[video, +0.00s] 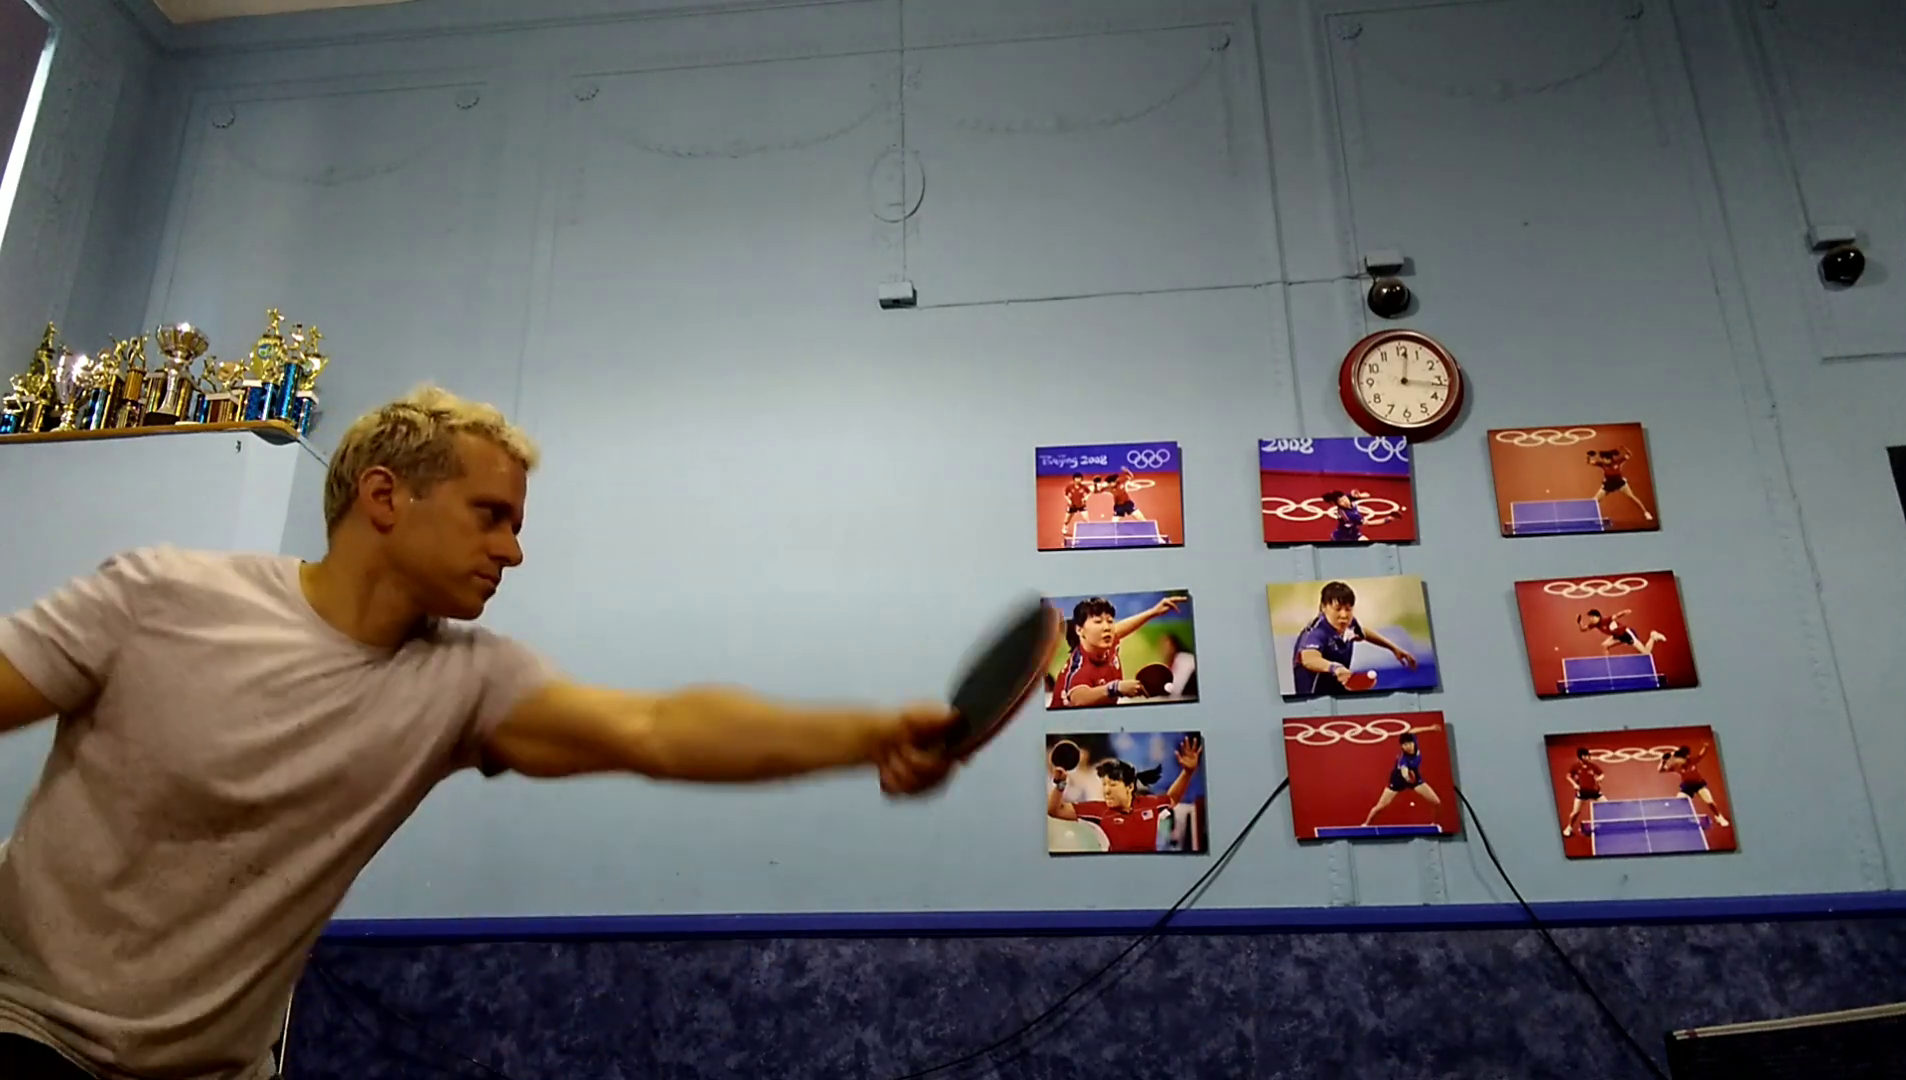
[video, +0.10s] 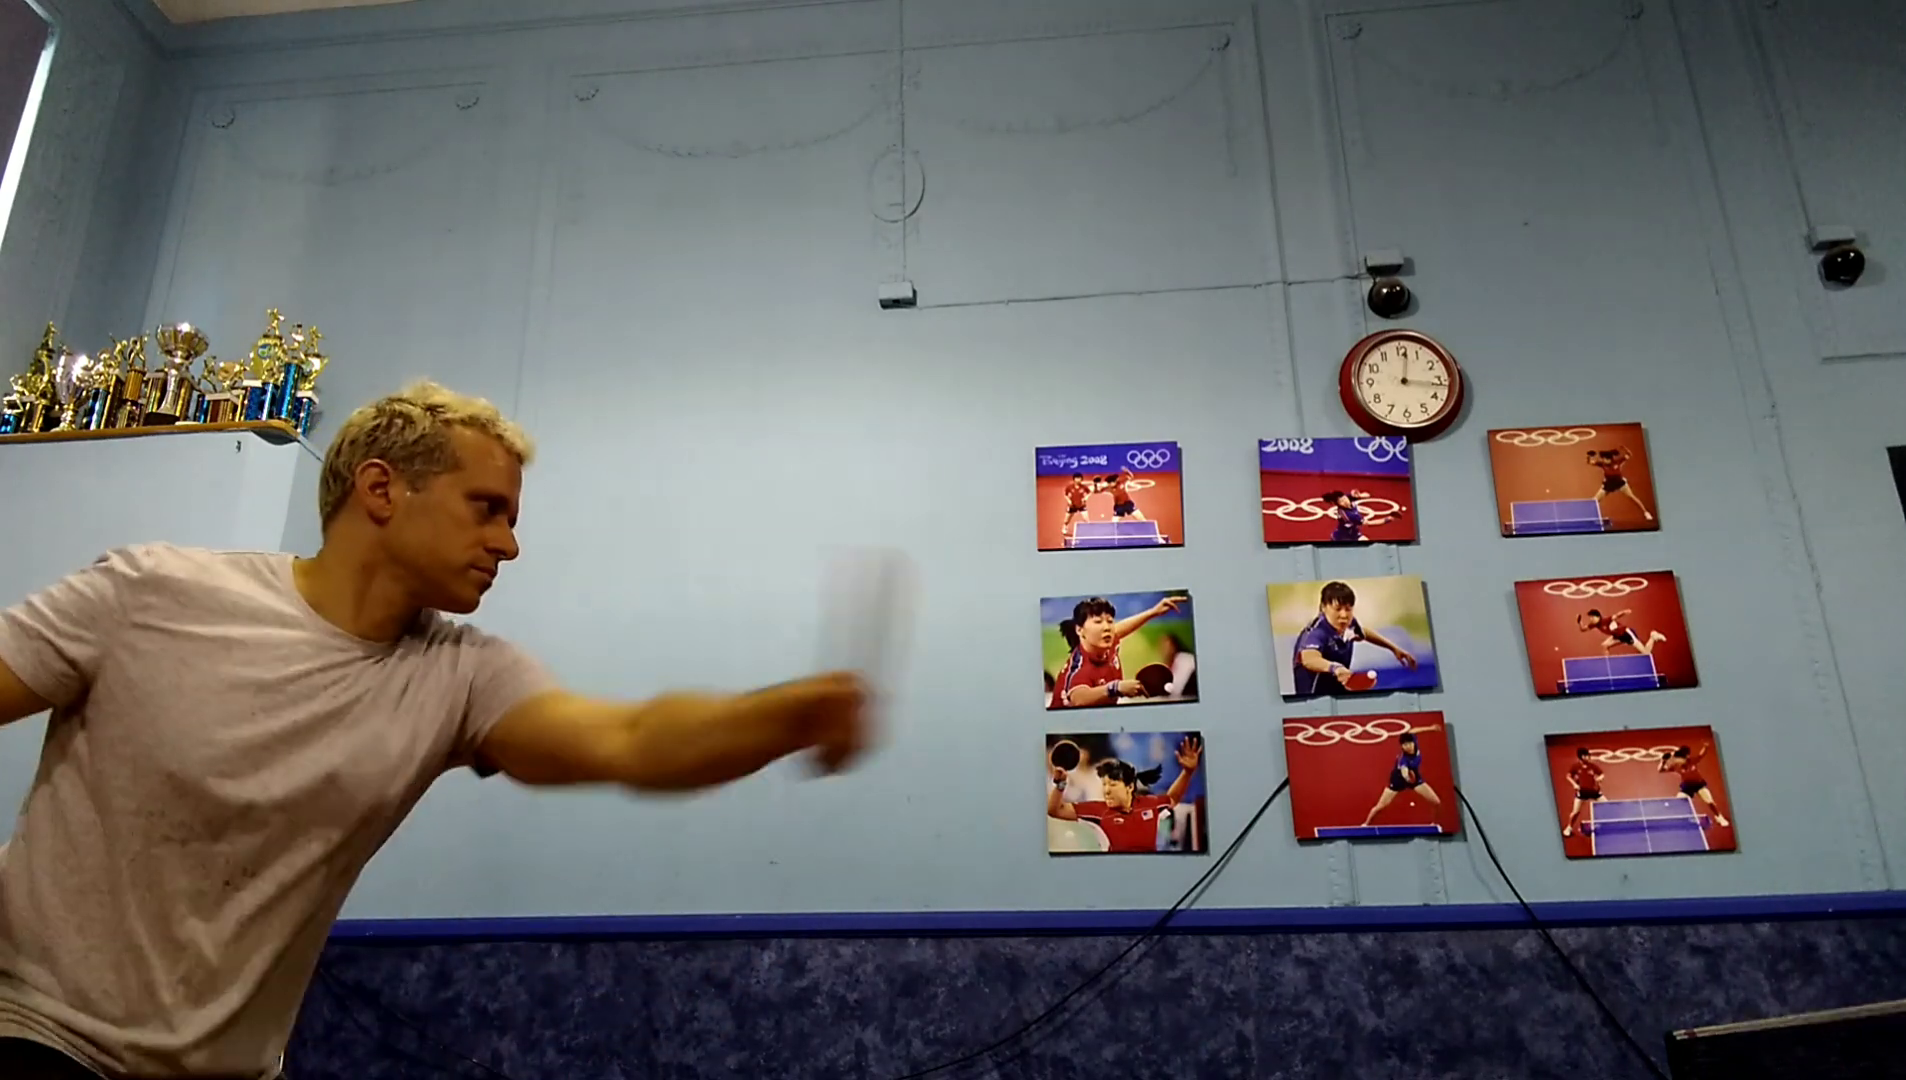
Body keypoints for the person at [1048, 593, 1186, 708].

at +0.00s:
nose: (1107, 628)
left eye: (1109, 622)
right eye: (1098, 622)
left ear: (1114, 626)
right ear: (1080, 630)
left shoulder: (1109, 644)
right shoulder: (1079, 665)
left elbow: (1119, 630)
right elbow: (1078, 699)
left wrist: (1154, 611)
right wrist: (1115, 687)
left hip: (1102, 725)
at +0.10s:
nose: (1107, 628)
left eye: (1109, 622)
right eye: (1098, 622)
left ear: (1114, 626)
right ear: (1080, 630)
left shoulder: (1109, 644)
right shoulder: (1079, 666)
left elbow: (1119, 630)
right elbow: (1078, 698)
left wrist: (1154, 611)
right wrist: (1115, 687)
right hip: (1069, 729)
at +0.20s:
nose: (1107, 628)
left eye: (1109, 622)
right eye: (1098, 622)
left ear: (1114, 626)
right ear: (1080, 630)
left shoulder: (1109, 644)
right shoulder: (1079, 666)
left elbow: (1119, 630)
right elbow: (1078, 698)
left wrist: (1154, 611)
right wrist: (1115, 687)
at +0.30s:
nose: (1107, 628)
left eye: (1109, 622)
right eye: (1098, 622)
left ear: (1114, 626)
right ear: (1080, 630)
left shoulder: (1109, 644)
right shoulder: (1079, 666)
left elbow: (1119, 630)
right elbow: (1078, 698)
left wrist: (1154, 611)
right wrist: (1115, 687)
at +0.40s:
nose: (1107, 628)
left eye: (1110, 622)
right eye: (1098, 622)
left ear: (1114, 626)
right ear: (1080, 630)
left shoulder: (1109, 644)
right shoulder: (1079, 666)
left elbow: (1119, 630)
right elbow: (1078, 699)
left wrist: (1154, 612)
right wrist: (1115, 687)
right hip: (1069, 729)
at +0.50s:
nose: (1107, 628)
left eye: (1110, 622)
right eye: (1098, 622)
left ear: (1114, 626)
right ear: (1080, 630)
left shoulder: (1109, 644)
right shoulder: (1079, 666)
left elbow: (1119, 630)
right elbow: (1078, 698)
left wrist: (1154, 612)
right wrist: (1115, 687)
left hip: (1102, 724)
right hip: (1070, 729)